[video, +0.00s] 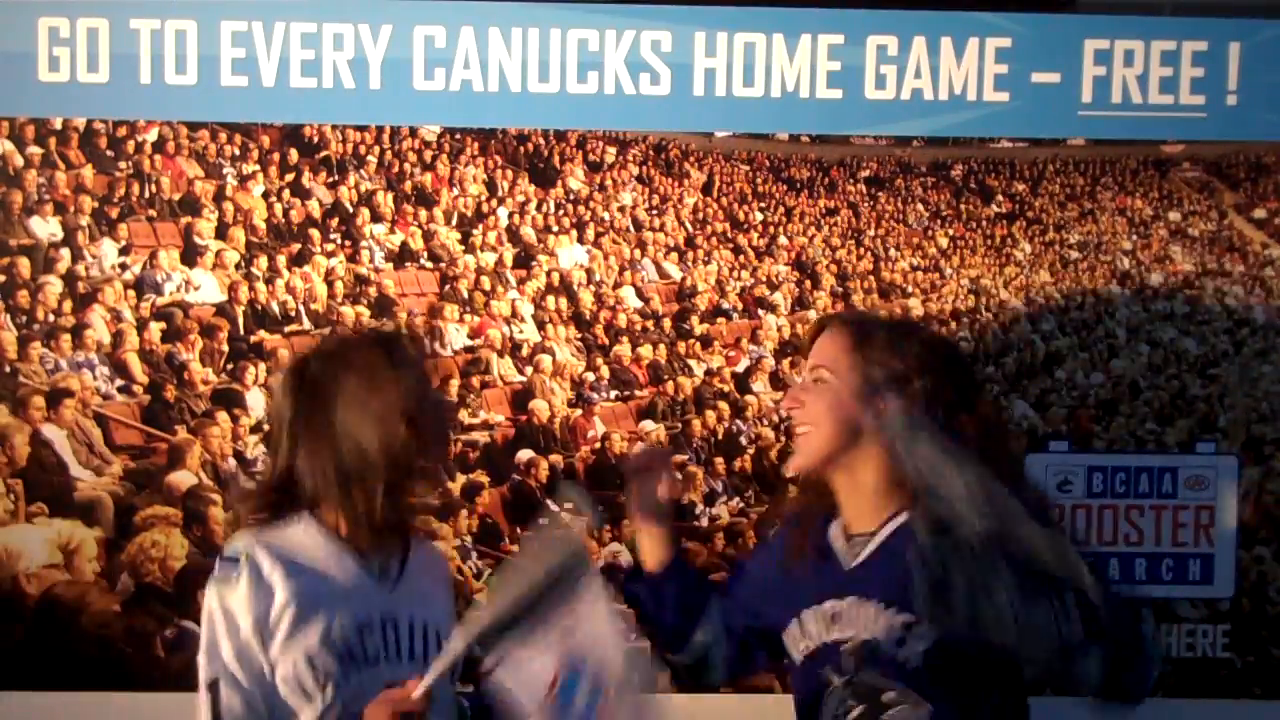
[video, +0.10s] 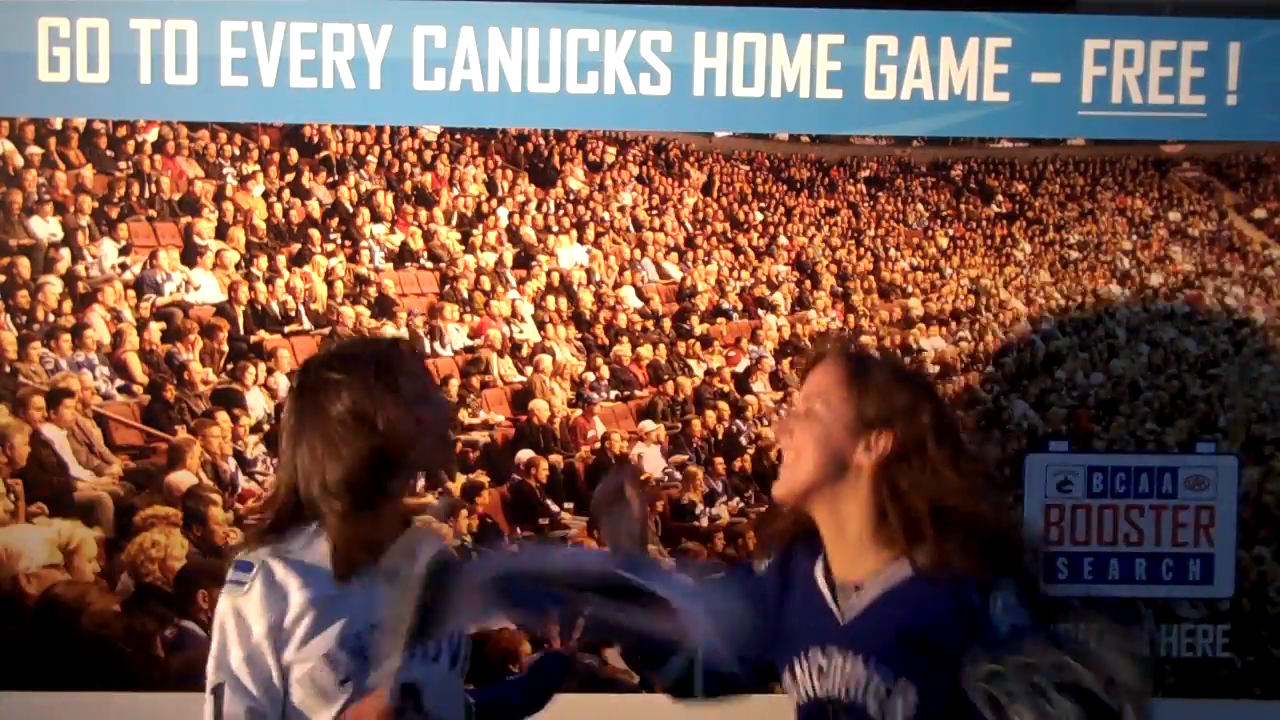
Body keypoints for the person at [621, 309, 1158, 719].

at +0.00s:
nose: (790, 398)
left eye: (819, 377)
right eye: (800, 379)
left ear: (887, 403)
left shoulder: (977, 540)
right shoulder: (798, 545)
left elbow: (1120, 665)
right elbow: (708, 658)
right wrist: (653, 527)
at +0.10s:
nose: (776, 426)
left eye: (804, 410)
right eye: (788, 407)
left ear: (874, 445)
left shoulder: (966, 601)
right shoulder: (783, 581)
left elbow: (1037, 699)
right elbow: (696, 681)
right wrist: (632, 565)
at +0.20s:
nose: (785, 410)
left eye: (811, 396)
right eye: (798, 394)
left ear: (882, 435)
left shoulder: (963, 594)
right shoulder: (790, 559)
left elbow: (989, 712)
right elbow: (740, 677)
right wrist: (640, 596)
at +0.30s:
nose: (782, 359)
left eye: (812, 341)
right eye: (795, 341)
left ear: (885, 377)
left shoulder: (976, 526)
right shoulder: (782, 528)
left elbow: (1058, 699)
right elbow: (793, 657)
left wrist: (1100, 590)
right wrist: (664, 614)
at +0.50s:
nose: (776, 435)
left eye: (800, 410)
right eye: (783, 412)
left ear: (876, 427)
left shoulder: (978, 569)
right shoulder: (805, 579)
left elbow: (1117, 652)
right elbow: (795, 705)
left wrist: (1032, 558)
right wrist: (670, 679)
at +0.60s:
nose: (778, 426)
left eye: (802, 407)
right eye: (787, 407)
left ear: (878, 430)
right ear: (874, 432)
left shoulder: (967, 541)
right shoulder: (813, 560)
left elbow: (1072, 684)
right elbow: (796, 694)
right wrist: (659, 692)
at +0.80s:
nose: (749, 416)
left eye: (776, 409)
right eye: (762, 403)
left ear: (843, 457)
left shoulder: (921, 590)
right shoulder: (770, 571)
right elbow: (752, 694)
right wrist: (637, 604)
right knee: (569, 710)